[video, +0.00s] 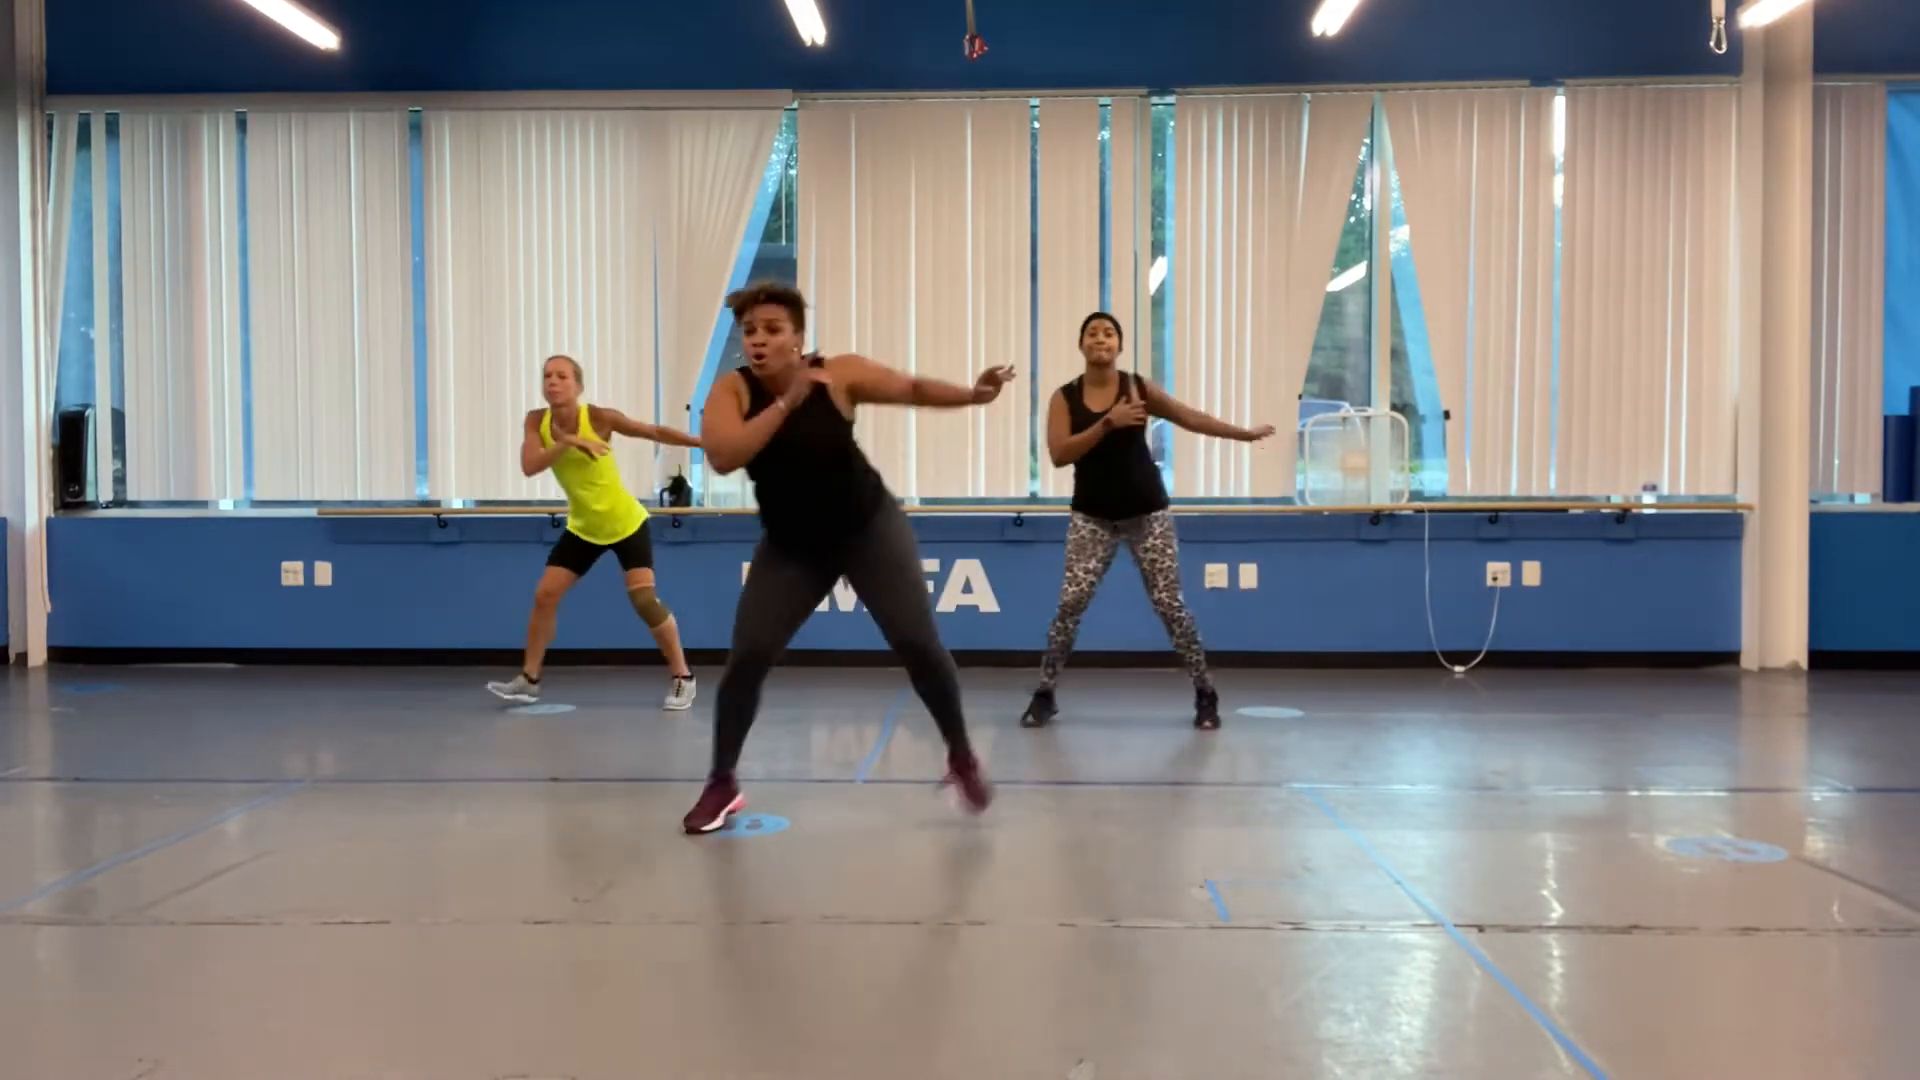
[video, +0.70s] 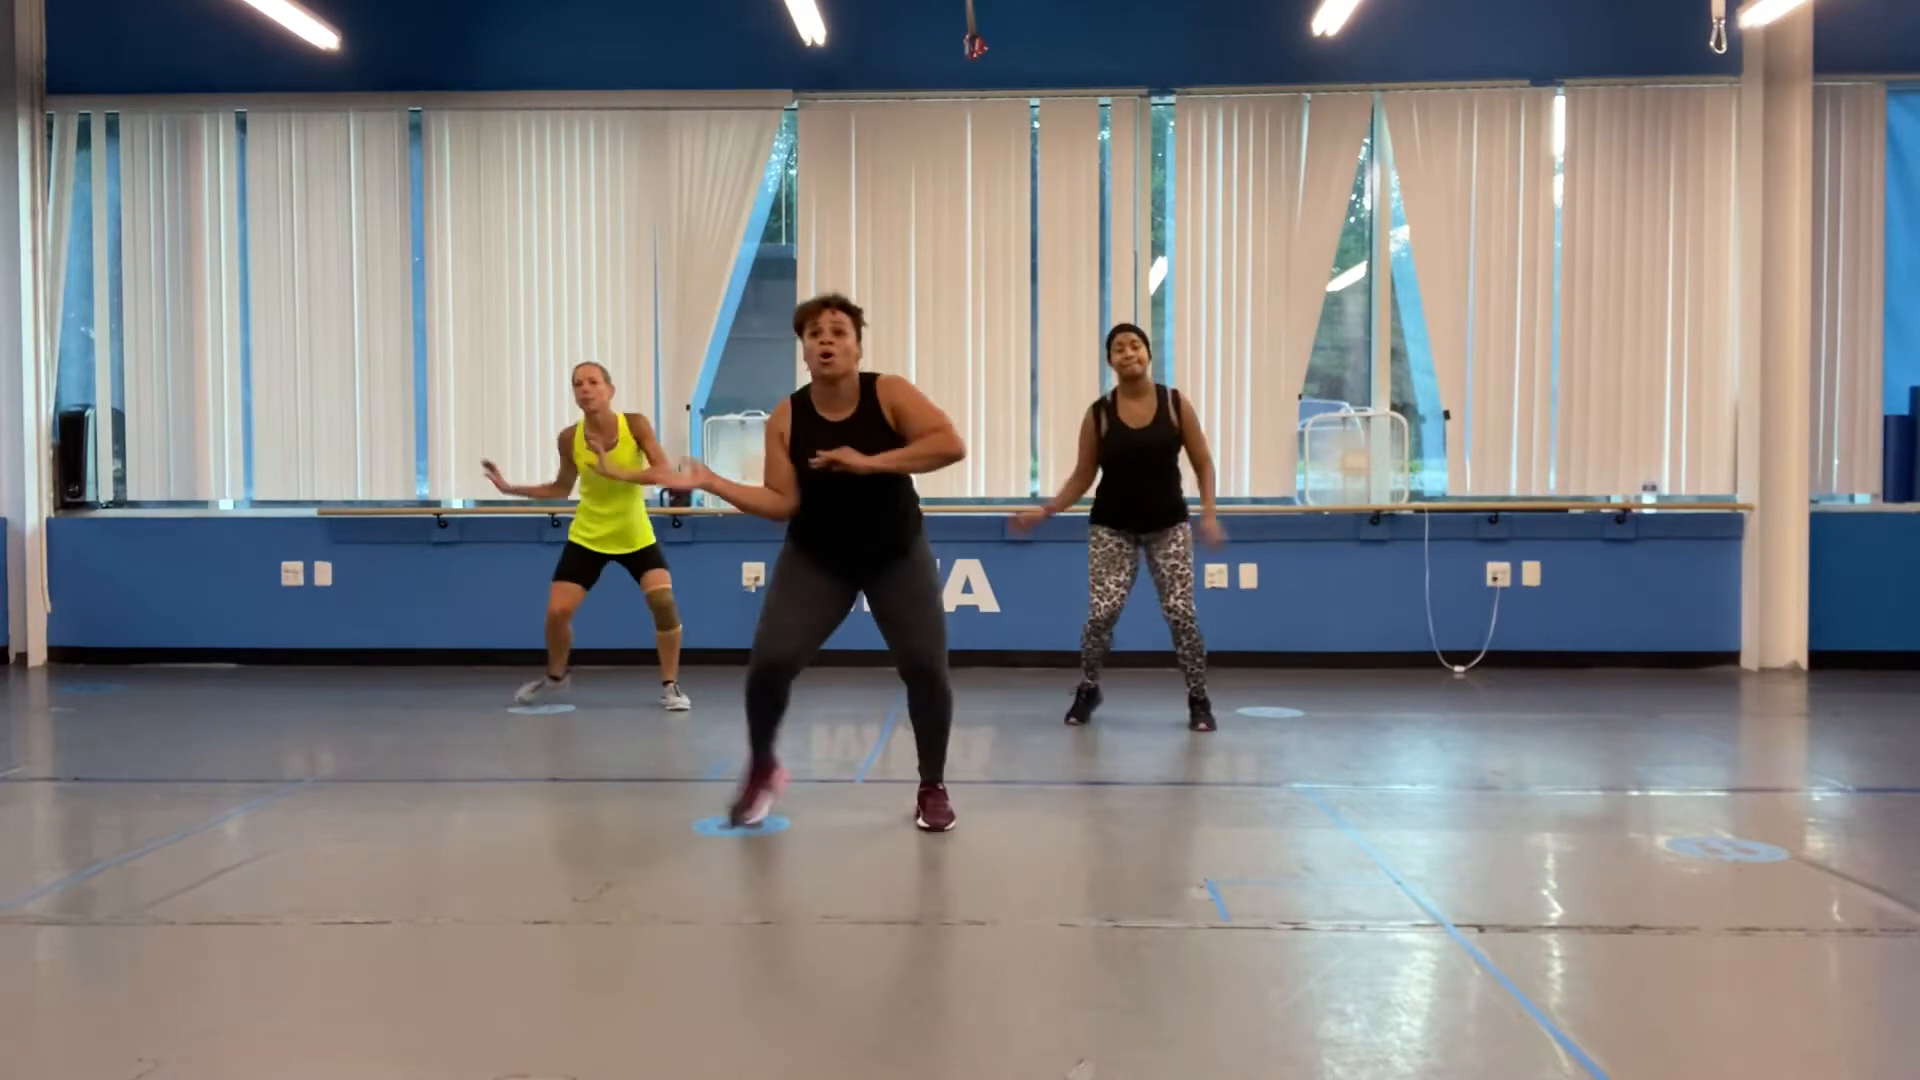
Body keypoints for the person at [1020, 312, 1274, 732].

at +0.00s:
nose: (1100, 341)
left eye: (1108, 335)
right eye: (1093, 335)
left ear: (1119, 346)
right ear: (1080, 346)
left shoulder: (1138, 390)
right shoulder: (1064, 398)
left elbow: (1192, 419)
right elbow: (1059, 455)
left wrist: (1245, 434)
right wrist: (1108, 422)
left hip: (1148, 515)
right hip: (1092, 518)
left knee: (1168, 604)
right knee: (1071, 602)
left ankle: (1205, 693)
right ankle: (1044, 694)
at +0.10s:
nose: (1086, 353)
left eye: (1094, 348)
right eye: (1078, 348)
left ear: (1105, 360)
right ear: (1066, 360)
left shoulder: (1123, 405)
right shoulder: (1048, 410)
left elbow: (1172, 437)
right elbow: (1033, 469)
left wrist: (1229, 457)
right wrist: (1080, 442)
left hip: (1130, 522)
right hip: (1074, 526)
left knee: (1153, 604)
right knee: (1057, 606)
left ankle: (1196, 679)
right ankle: (1040, 696)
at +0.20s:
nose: (1078, 360)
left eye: (1086, 354)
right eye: (1070, 355)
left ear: (1098, 365)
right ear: (1059, 366)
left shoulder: (1117, 414)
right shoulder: (1041, 420)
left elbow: (1155, 465)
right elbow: (1015, 480)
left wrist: (1197, 508)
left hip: (1123, 530)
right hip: (1067, 533)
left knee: (1146, 612)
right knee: (1049, 611)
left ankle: (1170, 684)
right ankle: (1040, 697)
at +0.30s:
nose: (1081, 357)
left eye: (1089, 350)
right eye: (1073, 352)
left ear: (1101, 360)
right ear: (1062, 364)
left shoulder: (1123, 411)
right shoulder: (1046, 418)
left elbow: (1142, 473)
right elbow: (1014, 470)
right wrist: (1000, 515)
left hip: (1122, 522)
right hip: (1068, 525)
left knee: (1146, 608)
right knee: (1055, 608)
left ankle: (1164, 690)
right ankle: (1040, 696)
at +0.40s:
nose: (1091, 349)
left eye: (1098, 342)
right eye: (1082, 345)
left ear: (1112, 351)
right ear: (1073, 357)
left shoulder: (1135, 399)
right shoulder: (1060, 408)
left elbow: (1143, 467)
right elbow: (1023, 453)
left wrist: (1088, 485)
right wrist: (978, 481)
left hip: (1132, 518)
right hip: (1077, 519)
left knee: (1160, 598)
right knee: (1065, 605)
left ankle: (1179, 684)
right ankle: (1039, 693)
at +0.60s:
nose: (1122, 352)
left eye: (1128, 345)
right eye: (1113, 349)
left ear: (1142, 353)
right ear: (1104, 362)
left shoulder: (1170, 402)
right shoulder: (1093, 412)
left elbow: (1193, 462)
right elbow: (1064, 467)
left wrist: (1146, 490)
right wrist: (1010, 470)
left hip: (1162, 523)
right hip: (1106, 523)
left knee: (1179, 608)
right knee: (1095, 604)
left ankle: (1198, 699)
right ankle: (1058, 677)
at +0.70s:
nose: (1129, 353)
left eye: (1135, 346)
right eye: (1120, 349)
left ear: (1148, 354)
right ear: (1110, 362)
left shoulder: (1175, 405)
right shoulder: (1098, 414)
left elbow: (1203, 463)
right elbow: (1082, 476)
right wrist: (1046, 510)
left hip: (1167, 526)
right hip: (1112, 528)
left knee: (1180, 612)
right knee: (1101, 614)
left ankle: (1199, 699)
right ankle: (1088, 690)